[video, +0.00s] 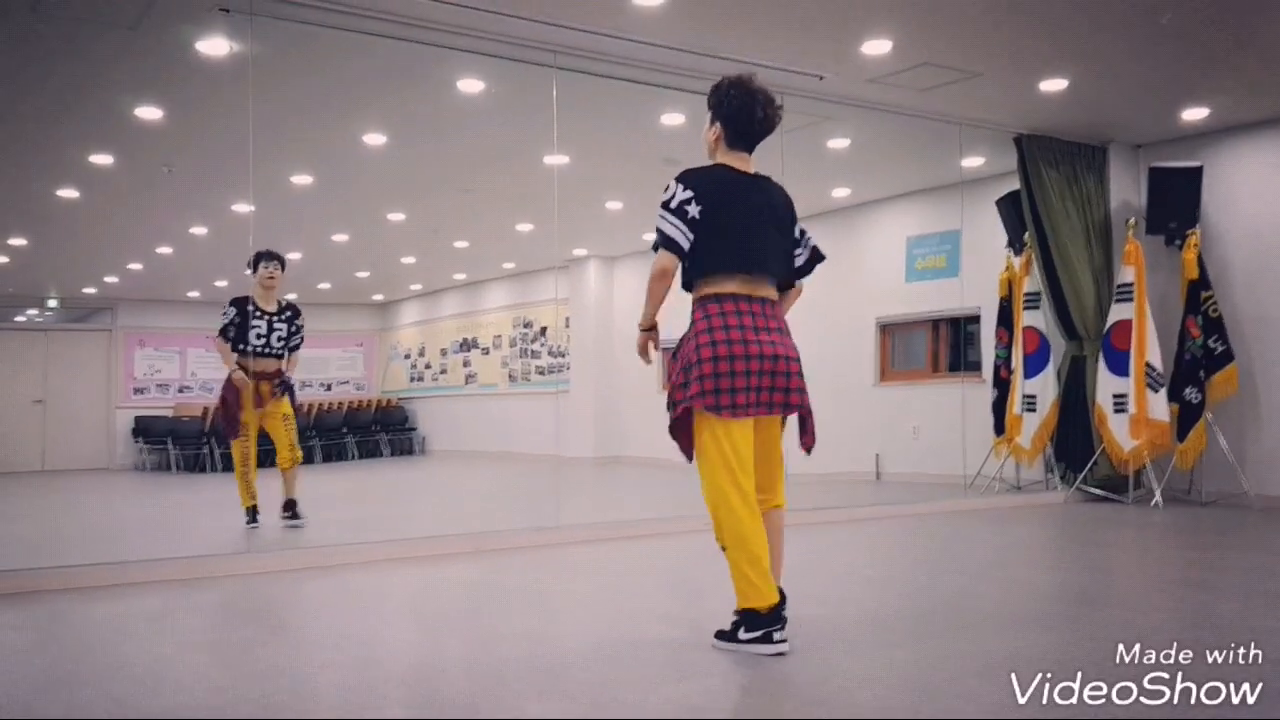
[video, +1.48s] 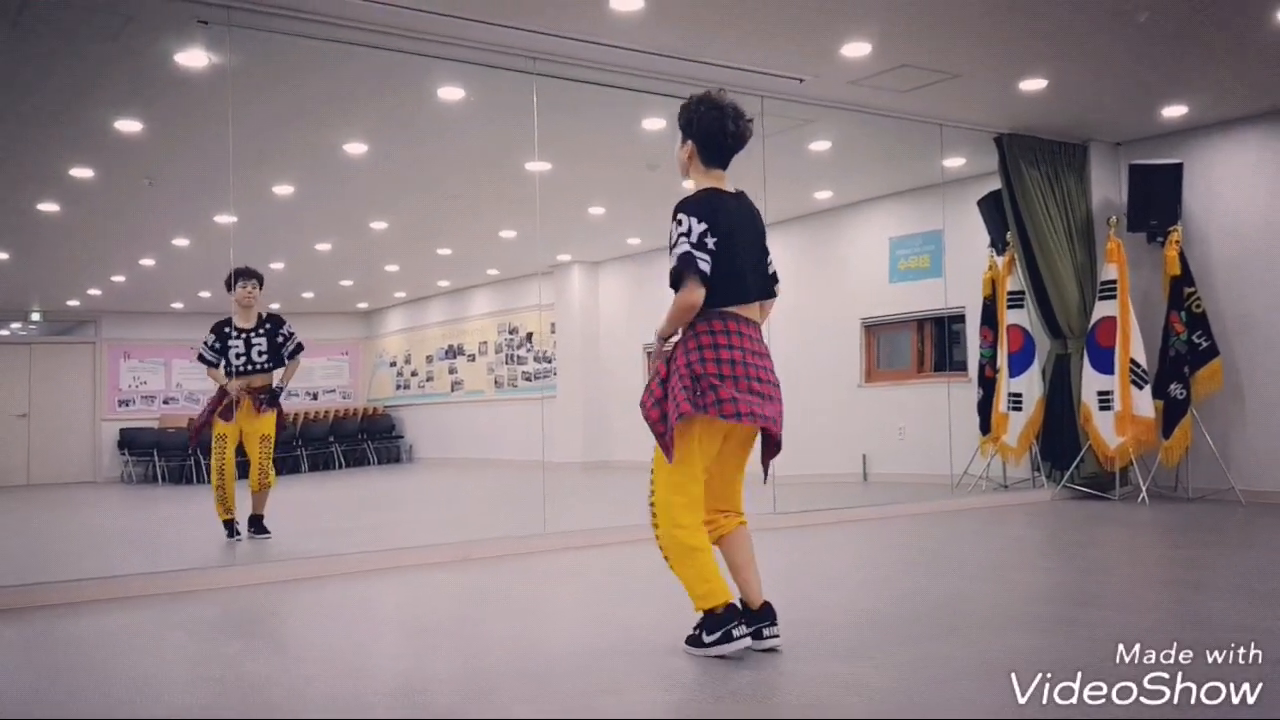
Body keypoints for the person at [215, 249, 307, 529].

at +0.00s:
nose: (271, 272)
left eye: (276, 269)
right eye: (266, 268)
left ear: (282, 276)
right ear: (254, 273)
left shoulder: (291, 312)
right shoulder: (239, 305)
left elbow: (294, 351)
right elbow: (222, 340)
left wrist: (287, 375)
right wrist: (233, 370)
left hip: (276, 385)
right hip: (243, 384)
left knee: (289, 446)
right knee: (244, 449)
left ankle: (290, 504)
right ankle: (250, 507)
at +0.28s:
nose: (272, 282)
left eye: (277, 279)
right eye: (266, 278)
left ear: (283, 286)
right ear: (255, 284)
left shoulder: (296, 317)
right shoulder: (243, 320)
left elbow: (314, 351)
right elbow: (236, 357)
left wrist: (302, 381)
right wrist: (250, 370)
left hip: (285, 395)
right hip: (250, 394)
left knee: (283, 457)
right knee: (240, 456)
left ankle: (276, 506)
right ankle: (250, 506)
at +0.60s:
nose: (273, 277)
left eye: (278, 273)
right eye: (267, 272)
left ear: (283, 279)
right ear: (255, 279)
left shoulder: (290, 313)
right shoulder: (242, 311)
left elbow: (299, 353)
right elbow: (237, 353)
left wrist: (300, 381)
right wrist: (248, 389)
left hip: (288, 385)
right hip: (256, 385)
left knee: (283, 450)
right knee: (247, 449)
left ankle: (271, 506)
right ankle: (244, 502)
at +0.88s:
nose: (265, 279)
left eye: (269, 274)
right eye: (258, 274)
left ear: (275, 280)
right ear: (247, 279)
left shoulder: (276, 315)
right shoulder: (236, 308)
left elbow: (280, 357)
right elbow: (223, 347)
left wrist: (286, 385)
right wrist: (233, 386)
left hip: (274, 383)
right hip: (248, 382)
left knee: (280, 454)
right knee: (254, 454)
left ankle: (267, 505)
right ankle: (238, 508)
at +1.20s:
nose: (258, 277)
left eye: (263, 273)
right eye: (252, 273)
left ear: (269, 279)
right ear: (241, 278)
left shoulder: (278, 314)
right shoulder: (228, 309)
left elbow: (279, 356)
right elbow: (213, 348)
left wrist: (267, 384)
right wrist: (230, 379)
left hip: (262, 389)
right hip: (230, 388)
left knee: (266, 453)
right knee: (229, 456)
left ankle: (272, 511)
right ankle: (232, 515)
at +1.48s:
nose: (248, 292)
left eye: (253, 288)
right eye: (242, 287)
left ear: (260, 293)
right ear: (232, 293)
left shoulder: (274, 324)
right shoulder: (221, 329)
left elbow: (294, 356)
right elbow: (208, 364)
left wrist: (279, 389)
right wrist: (226, 382)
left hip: (262, 401)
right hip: (228, 403)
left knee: (262, 464)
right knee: (222, 464)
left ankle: (257, 519)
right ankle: (228, 521)